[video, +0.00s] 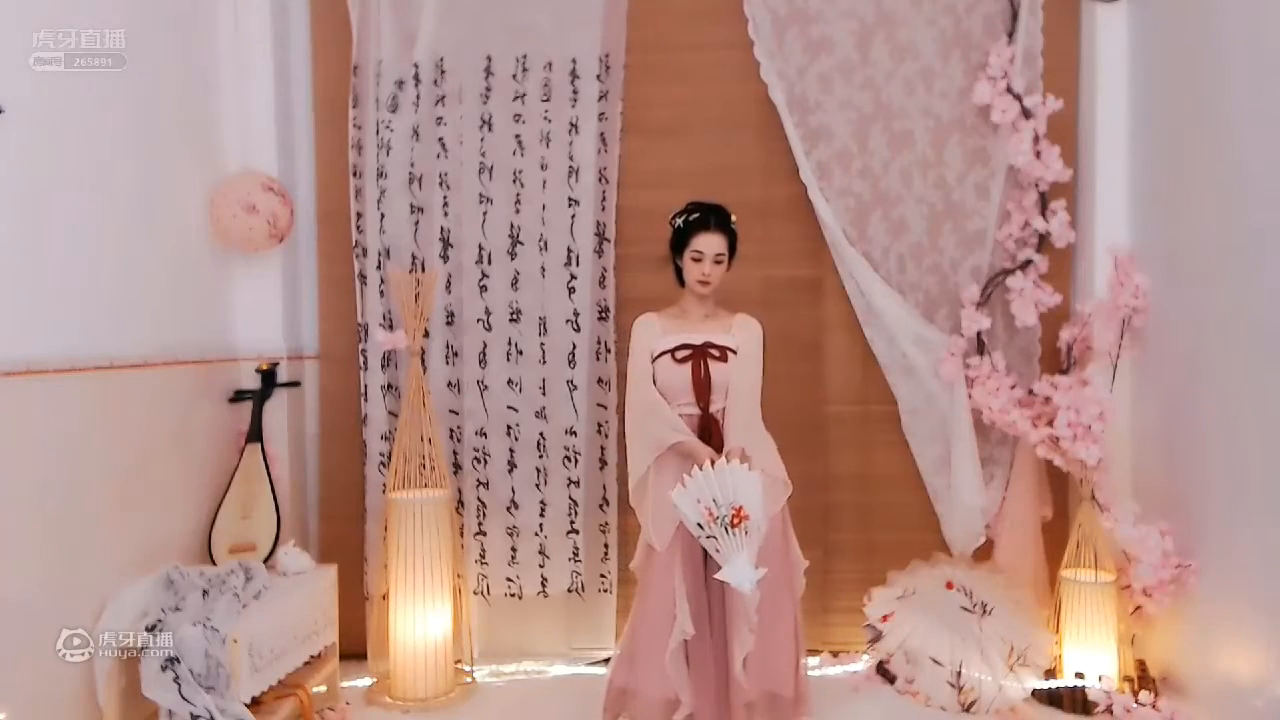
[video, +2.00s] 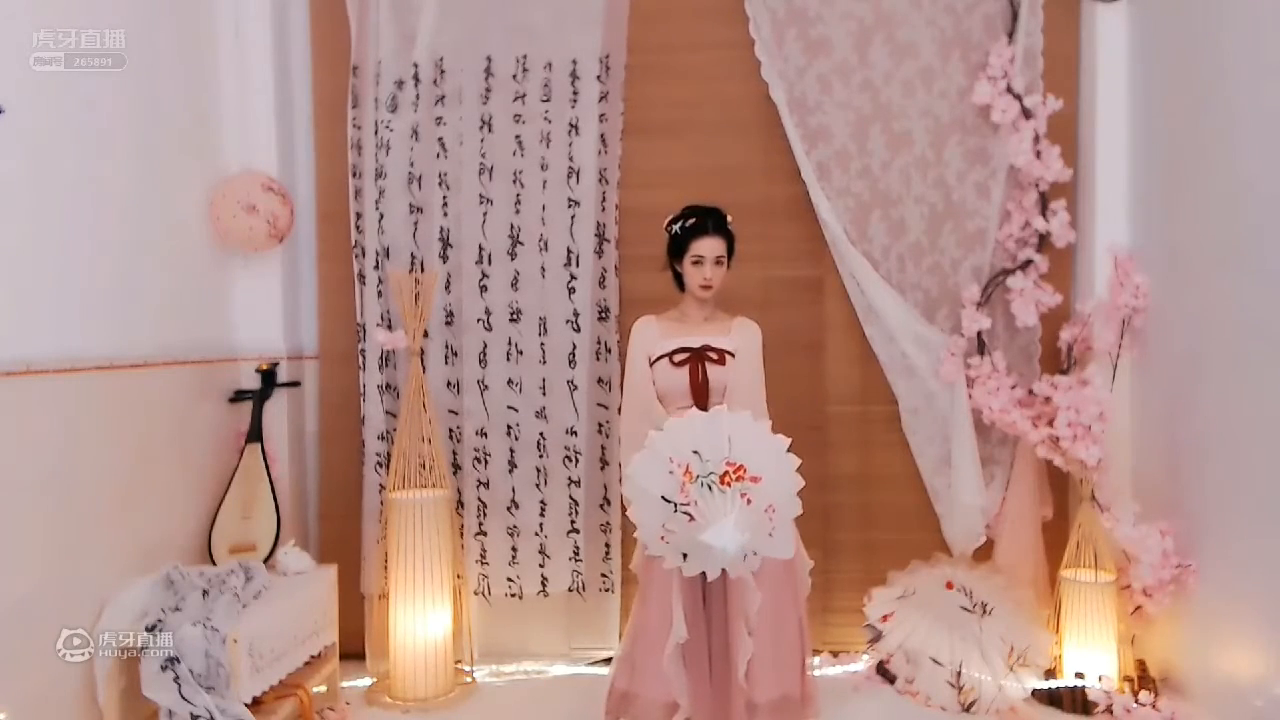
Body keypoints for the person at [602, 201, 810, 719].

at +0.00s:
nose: (707, 270)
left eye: (718, 260)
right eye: (697, 258)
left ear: (730, 265)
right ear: (678, 260)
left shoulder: (746, 328)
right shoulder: (649, 327)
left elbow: (747, 408)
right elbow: (644, 407)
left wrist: (738, 461)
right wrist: (698, 452)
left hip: (741, 466)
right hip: (675, 466)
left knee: (745, 587)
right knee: (679, 584)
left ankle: (746, 702)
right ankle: (681, 703)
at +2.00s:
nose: (709, 274)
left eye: (718, 262)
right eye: (698, 262)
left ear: (729, 267)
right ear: (677, 265)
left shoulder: (745, 332)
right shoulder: (648, 331)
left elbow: (755, 419)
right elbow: (638, 421)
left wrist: (750, 491)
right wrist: (652, 497)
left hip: (735, 484)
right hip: (671, 486)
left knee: (737, 605)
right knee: (674, 605)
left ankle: (739, 708)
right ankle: (677, 710)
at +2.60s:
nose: (709, 272)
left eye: (718, 261)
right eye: (698, 261)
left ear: (730, 265)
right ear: (678, 265)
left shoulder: (749, 334)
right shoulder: (651, 329)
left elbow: (757, 423)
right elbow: (636, 419)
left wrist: (753, 493)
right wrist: (651, 493)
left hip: (735, 486)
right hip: (670, 485)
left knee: (734, 606)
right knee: (674, 604)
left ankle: (735, 710)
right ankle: (676, 710)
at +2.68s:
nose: (708, 272)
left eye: (718, 260)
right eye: (697, 261)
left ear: (730, 265)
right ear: (679, 266)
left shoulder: (749, 334)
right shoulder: (651, 329)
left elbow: (760, 424)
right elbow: (635, 419)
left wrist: (757, 493)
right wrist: (648, 492)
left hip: (735, 486)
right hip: (670, 485)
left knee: (735, 605)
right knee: (673, 604)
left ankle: (736, 710)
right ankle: (675, 710)